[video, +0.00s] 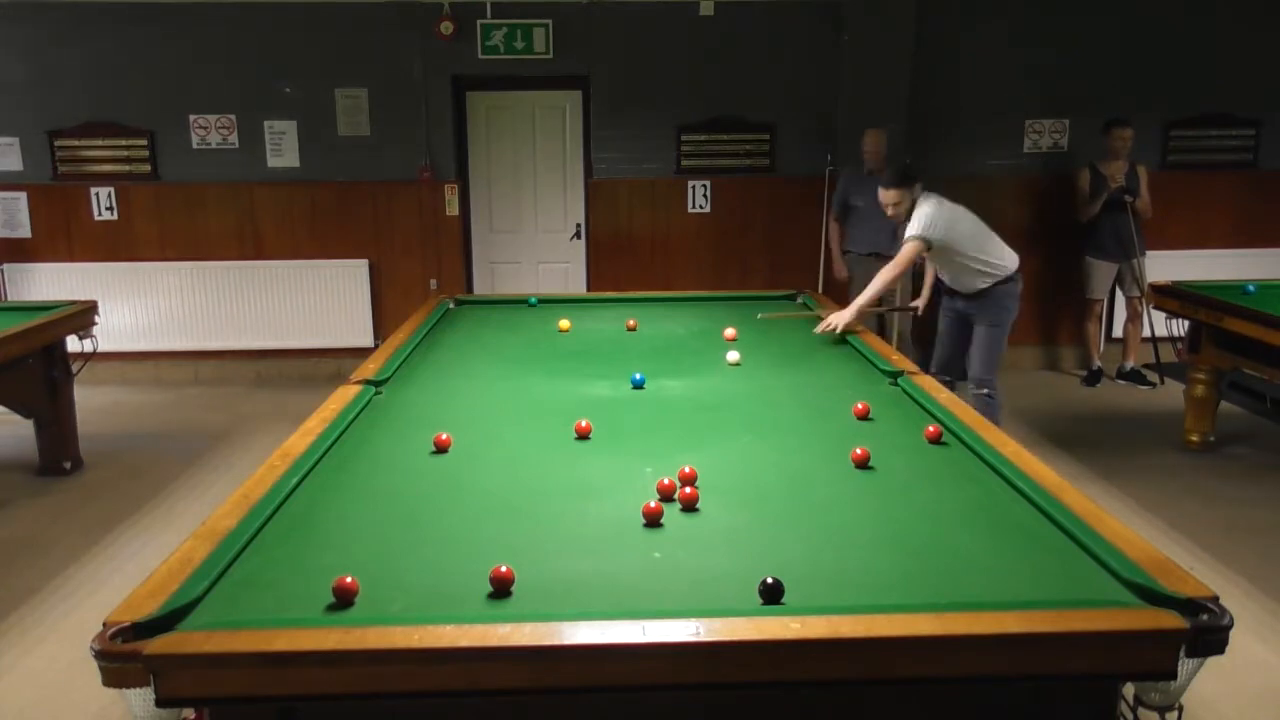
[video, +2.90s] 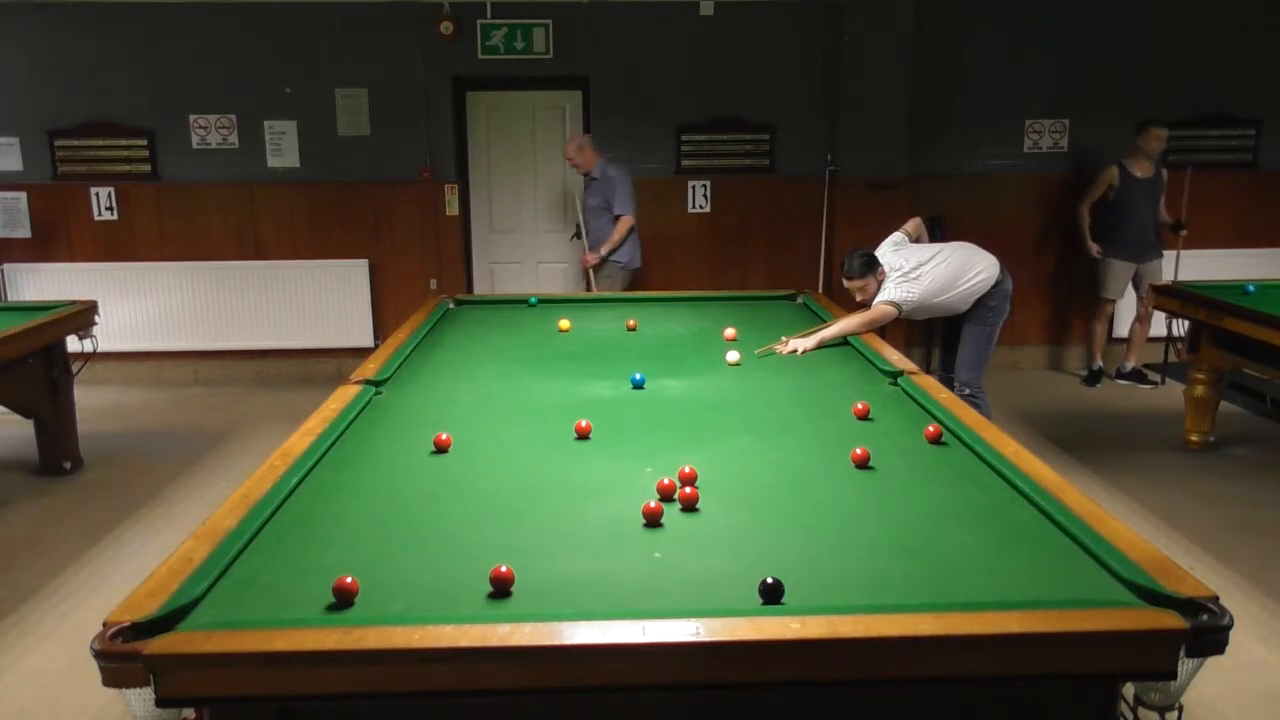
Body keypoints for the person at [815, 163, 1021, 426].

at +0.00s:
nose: (890, 212)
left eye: (896, 205)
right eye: (884, 206)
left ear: (914, 194)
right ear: (879, 199)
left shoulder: (928, 212)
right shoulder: (917, 210)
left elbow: (897, 268)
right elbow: (932, 252)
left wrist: (851, 310)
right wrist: (925, 294)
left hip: (995, 287)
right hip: (955, 288)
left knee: (980, 381)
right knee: (941, 372)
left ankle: (986, 458)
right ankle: (937, 446)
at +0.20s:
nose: (878, 252)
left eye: (883, 245)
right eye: (873, 245)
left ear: (901, 233)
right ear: (868, 235)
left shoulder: (915, 255)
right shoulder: (909, 225)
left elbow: (876, 300)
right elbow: (942, 246)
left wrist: (829, 329)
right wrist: (934, 286)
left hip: (1002, 288)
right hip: (962, 292)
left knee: (979, 385)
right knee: (951, 373)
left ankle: (988, 458)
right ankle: (943, 443)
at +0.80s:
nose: (862, 295)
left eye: (866, 288)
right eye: (856, 289)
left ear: (882, 274)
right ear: (849, 277)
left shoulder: (898, 291)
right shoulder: (892, 247)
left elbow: (865, 320)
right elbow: (922, 222)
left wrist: (812, 340)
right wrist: (926, 260)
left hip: (995, 285)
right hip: (972, 269)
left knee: (969, 383)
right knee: (952, 373)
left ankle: (982, 450)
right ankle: (959, 443)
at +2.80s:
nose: (858, 298)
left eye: (863, 289)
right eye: (853, 291)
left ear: (880, 275)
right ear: (845, 280)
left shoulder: (896, 292)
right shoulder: (885, 250)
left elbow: (867, 320)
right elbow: (917, 223)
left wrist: (812, 340)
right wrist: (926, 256)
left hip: (990, 284)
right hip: (960, 277)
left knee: (967, 382)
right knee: (947, 373)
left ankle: (983, 449)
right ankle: (952, 440)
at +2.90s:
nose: (858, 298)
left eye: (862, 289)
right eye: (852, 291)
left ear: (880, 276)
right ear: (845, 280)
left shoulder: (896, 292)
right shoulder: (884, 250)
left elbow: (866, 320)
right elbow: (916, 223)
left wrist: (812, 340)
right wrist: (926, 256)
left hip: (989, 284)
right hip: (960, 276)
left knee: (967, 382)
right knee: (947, 373)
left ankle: (983, 449)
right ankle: (953, 441)